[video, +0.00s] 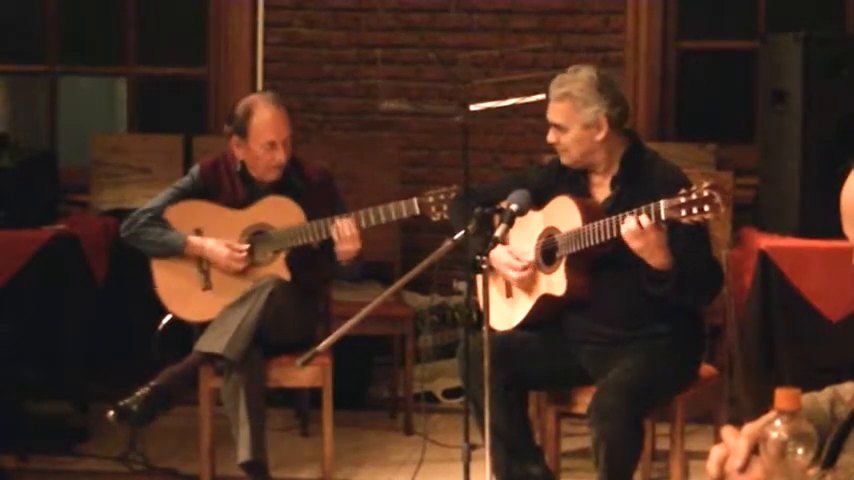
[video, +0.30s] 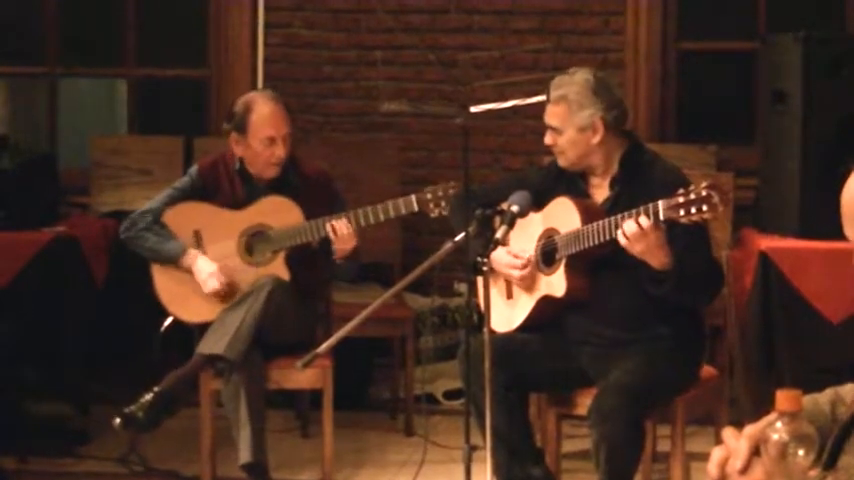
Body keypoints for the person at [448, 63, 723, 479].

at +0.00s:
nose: (550, 139)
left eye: (559, 129)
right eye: (549, 127)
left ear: (599, 128)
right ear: (593, 129)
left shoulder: (666, 186)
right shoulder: (557, 178)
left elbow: (705, 285)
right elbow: (467, 204)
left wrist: (661, 261)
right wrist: (489, 249)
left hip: (654, 343)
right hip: (574, 336)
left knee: (613, 404)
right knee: (484, 355)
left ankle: (613, 474)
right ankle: (523, 471)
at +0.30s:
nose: (547, 141)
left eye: (555, 131)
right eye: (547, 130)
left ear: (594, 130)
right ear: (591, 131)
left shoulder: (664, 185)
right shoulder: (556, 179)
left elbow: (706, 284)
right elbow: (467, 204)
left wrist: (663, 263)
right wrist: (487, 251)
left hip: (655, 344)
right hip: (576, 338)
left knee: (614, 405)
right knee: (485, 356)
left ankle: (614, 474)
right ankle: (524, 472)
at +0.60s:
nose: (548, 143)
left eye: (555, 134)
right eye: (547, 133)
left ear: (595, 132)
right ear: (592, 134)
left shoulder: (667, 185)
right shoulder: (557, 180)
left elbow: (712, 286)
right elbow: (467, 207)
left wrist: (667, 265)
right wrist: (488, 255)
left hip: (658, 346)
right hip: (578, 339)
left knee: (617, 409)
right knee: (486, 360)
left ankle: (619, 474)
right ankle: (524, 473)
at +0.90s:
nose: (553, 143)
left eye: (560, 134)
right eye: (552, 132)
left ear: (602, 131)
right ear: (599, 133)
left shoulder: (681, 185)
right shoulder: (563, 178)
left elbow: (726, 293)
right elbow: (468, 208)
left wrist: (681, 271)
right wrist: (491, 258)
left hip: (671, 353)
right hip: (586, 348)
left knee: (627, 422)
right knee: (487, 367)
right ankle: (525, 473)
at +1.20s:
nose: (582, 161)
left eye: (593, 146)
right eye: (574, 147)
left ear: (633, 126)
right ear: (564, 137)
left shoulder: (696, 187)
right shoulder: (572, 181)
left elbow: (743, 303)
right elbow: (472, 211)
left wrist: (696, 277)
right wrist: (496, 265)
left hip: (685, 368)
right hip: (592, 359)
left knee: (639, 438)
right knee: (492, 381)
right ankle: (522, 473)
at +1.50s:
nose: (618, 147)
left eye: (631, 129)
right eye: (603, 133)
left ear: (664, 113)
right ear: (590, 128)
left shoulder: (715, 187)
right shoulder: (583, 179)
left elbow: (756, 315)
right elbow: (476, 208)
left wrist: (704, 292)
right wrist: (498, 273)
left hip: (700, 378)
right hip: (605, 370)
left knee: (657, 446)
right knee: (500, 393)